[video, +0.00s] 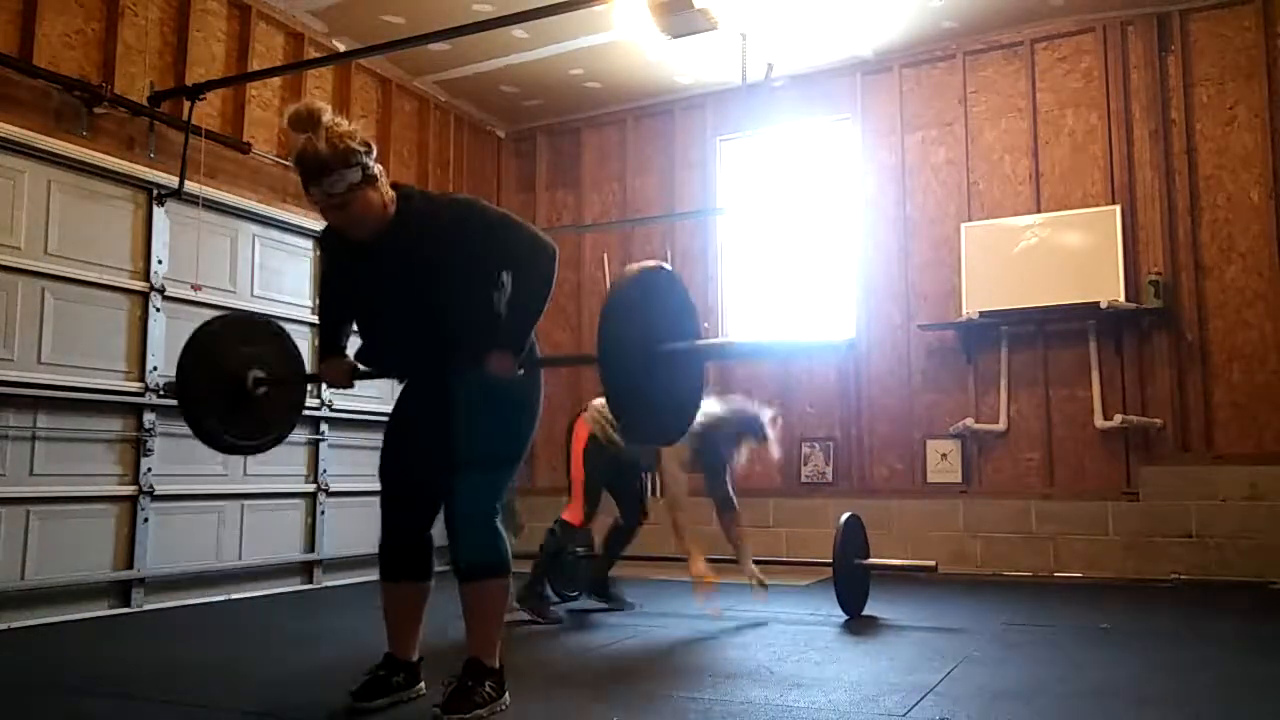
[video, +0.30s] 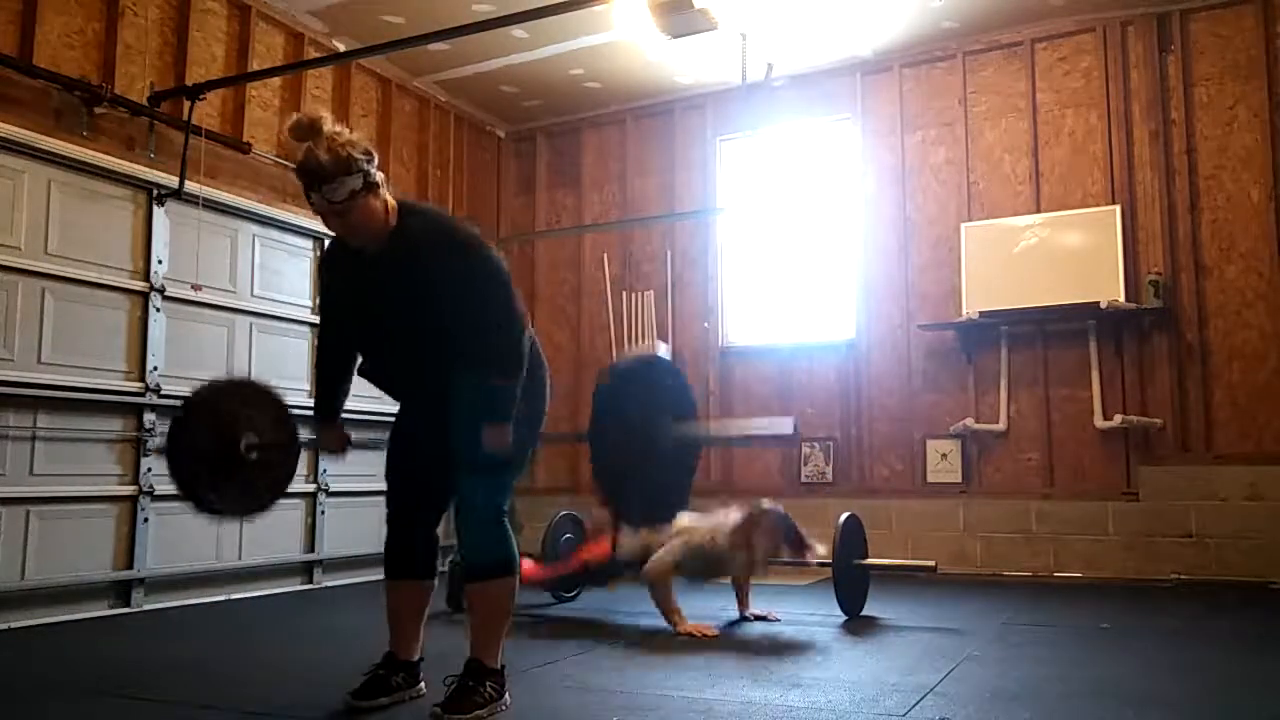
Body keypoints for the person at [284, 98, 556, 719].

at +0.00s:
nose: (335, 217)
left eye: (343, 201)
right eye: (324, 207)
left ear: (378, 182)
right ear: (317, 204)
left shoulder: (450, 219)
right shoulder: (338, 248)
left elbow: (538, 254)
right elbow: (334, 311)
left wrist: (512, 342)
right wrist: (331, 356)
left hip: (493, 377)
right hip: (423, 386)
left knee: (472, 514)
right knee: (402, 516)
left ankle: (485, 670)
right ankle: (402, 664)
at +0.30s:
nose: (335, 220)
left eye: (344, 205)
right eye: (324, 211)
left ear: (376, 190)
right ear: (316, 211)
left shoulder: (444, 240)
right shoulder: (340, 264)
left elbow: (505, 321)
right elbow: (335, 342)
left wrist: (502, 409)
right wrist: (327, 415)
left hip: (494, 387)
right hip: (427, 395)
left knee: (481, 513)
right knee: (407, 516)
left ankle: (486, 672)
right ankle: (403, 663)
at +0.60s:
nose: (342, 256)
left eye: (353, 240)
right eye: (332, 244)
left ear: (386, 231)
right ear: (325, 246)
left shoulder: (451, 290)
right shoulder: (343, 314)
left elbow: (478, 396)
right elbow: (331, 406)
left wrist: (485, 496)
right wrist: (317, 492)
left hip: (508, 400)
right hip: (427, 412)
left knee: (479, 518)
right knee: (397, 516)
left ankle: (485, 672)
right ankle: (402, 665)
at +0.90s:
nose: (363, 205)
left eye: (372, 189)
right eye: (346, 198)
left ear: (391, 183)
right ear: (329, 207)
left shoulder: (448, 246)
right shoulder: (343, 272)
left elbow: (496, 341)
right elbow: (336, 362)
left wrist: (498, 433)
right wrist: (325, 443)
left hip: (493, 390)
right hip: (423, 401)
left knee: (479, 513)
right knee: (400, 515)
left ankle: (486, 670)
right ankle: (402, 663)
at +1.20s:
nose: (352, 184)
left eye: (360, 168)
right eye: (337, 175)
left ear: (386, 147)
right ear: (323, 169)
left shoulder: (448, 190)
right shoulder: (344, 220)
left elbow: (536, 229)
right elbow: (340, 280)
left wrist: (509, 313)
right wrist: (329, 334)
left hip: (496, 366)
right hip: (426, 375)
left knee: (473, 513)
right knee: (400, 510)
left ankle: (486, 670)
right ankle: (403, 662)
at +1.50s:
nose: (340, 201)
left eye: (347, 183)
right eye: (325, 194)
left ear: (373, 170)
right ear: (314, 196)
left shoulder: (443, 223)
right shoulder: (335, 248)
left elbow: (508, 285)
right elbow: (334, 321)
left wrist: (500, 373)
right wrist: (324, 387)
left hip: (493, 376)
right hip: (422, 387)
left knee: (479, 512)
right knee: (406, 514)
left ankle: (485, 668)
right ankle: (403, 662)